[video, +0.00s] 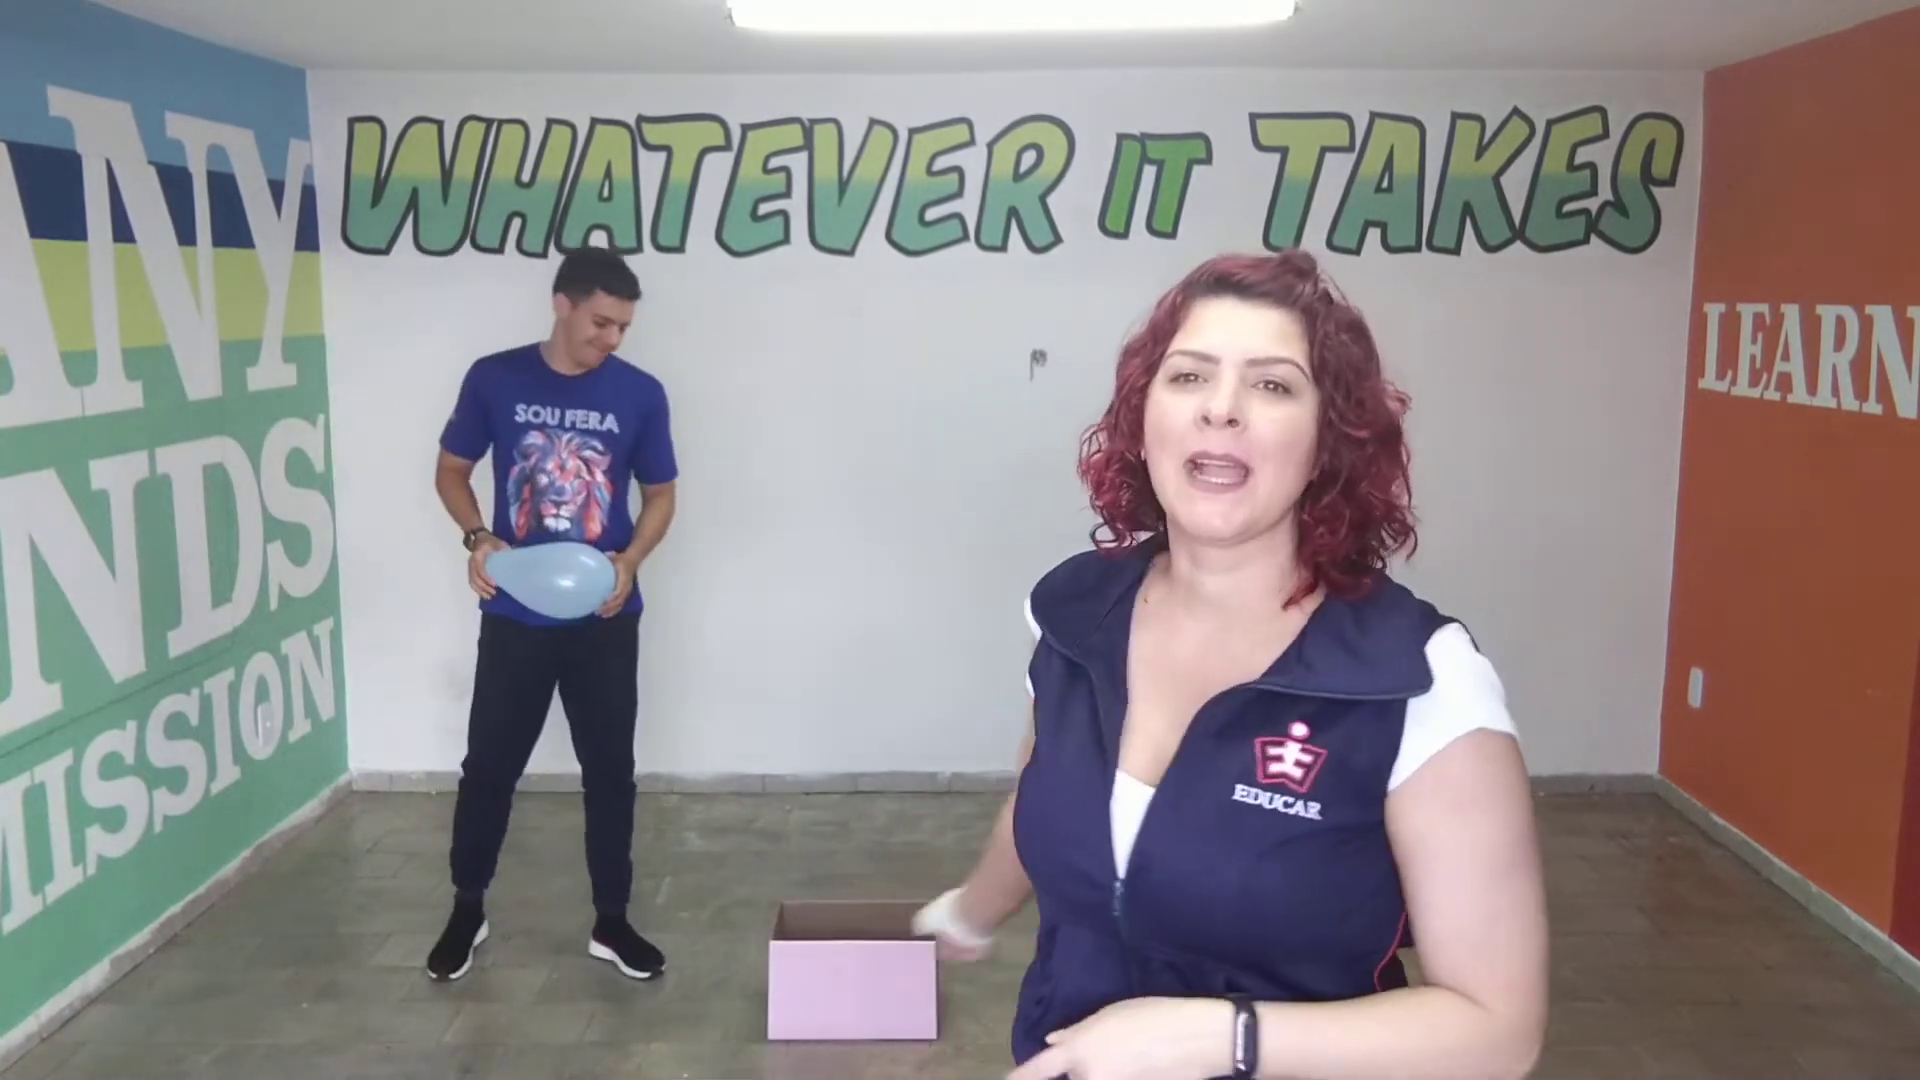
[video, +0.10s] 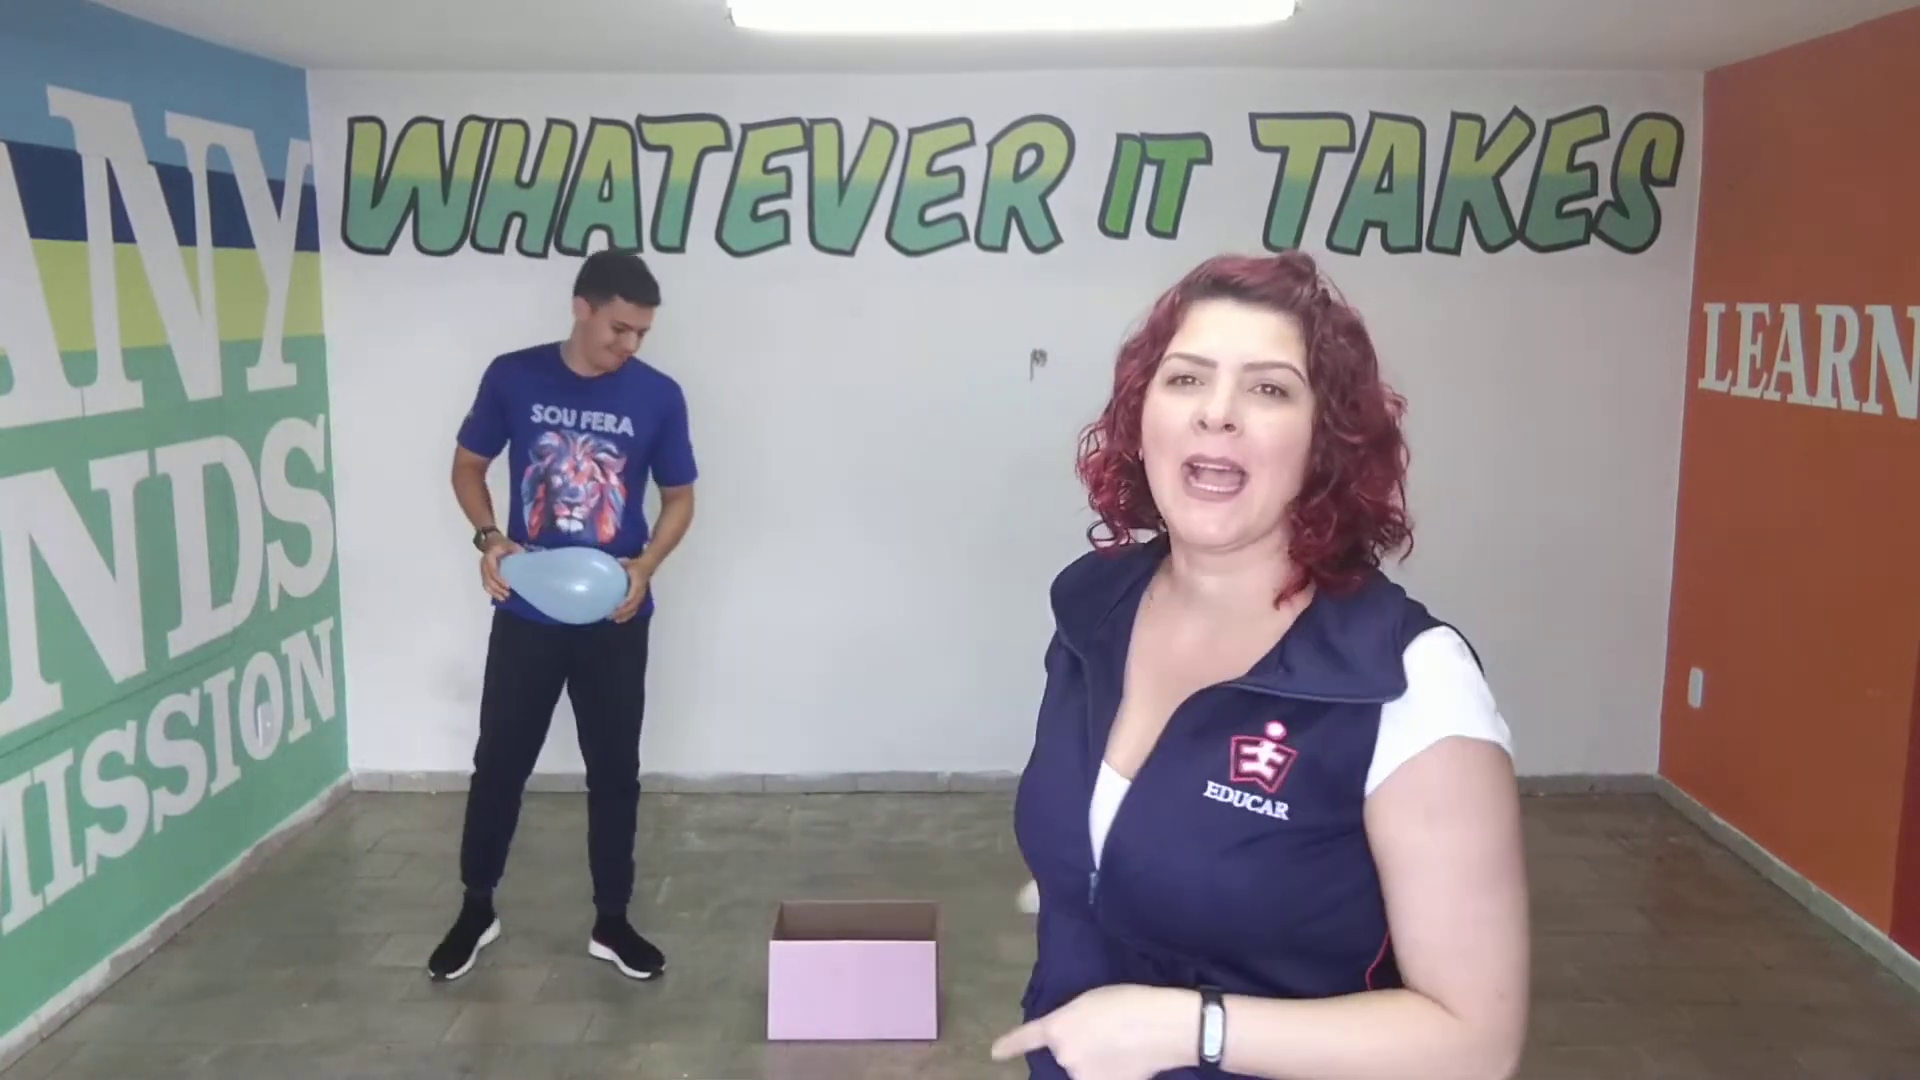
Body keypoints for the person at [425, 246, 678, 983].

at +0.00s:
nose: (611, 341)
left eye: (621, 328)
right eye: (601, 325)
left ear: (626, 322)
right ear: (561, 307)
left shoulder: (640, 395)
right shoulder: (495, 379)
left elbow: (661, 497)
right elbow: (451, 472)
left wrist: (630, 559)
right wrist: (478, 533)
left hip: (605, 617)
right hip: (516, 614)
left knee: (611, 770)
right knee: (489, 766)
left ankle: (612, 920)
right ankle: (467, 909)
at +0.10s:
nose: (630, 347)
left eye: (640, 333)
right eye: (620, 330)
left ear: (646, 327)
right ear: (580, 310)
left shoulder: (657, 397)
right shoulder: (513, 378)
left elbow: (680, 498)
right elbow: (467, 469)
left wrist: (647, 562)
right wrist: (489, 534)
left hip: (616, 616)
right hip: (528, 610)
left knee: (615, 771)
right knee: (499, 763)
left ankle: (612, 920)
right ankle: (476, 908)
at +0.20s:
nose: (642, 347)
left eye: (653, 334)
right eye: (633, 330)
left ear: (660, 328)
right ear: (595, 310)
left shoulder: (671, 397)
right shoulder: (529, 375)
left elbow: (696, 499)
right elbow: (484, 464)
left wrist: (660, 565)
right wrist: (501, 533)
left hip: (623, 615)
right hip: (536, 609)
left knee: (618, 770)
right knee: (519, 758)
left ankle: (612, 922)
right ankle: (521, 900)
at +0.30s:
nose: (652, 345)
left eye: (662, 334)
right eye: (643, 329)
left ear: (668, 327)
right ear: (606, 307)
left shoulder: (679, 399)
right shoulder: (538, 374)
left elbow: (705, 500)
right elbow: (496, 462)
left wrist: (673, 560)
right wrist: (511, 533)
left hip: (628, 615)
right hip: (543, 608)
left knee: (622, 765)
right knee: (533, 751)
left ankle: (612, 917)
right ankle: (583, 863)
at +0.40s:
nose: (656, 341)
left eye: (667, 330)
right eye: (647, 324)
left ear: (673, 326)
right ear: (611, 305)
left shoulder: (683, 400)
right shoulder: (543, 375)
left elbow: (708, 501)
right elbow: (500, 465)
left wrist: (677, 562)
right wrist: (517, 533)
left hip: (634, 611)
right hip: (551, 604)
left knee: (624, 766)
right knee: (548, 750)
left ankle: (612, 922)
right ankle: (634, 828)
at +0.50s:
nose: (654, 335)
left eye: (666, 324)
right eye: (646, 318)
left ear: (673, 323)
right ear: (610, 303)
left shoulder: (685, 399)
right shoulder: (547, 377)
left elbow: (709, 500)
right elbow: (503, 469)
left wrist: (676, 559)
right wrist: (520, 532)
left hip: (641, 605)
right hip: (560, 600)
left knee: (627, 763)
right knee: (562, 749)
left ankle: (615, 920)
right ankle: (643, 830)